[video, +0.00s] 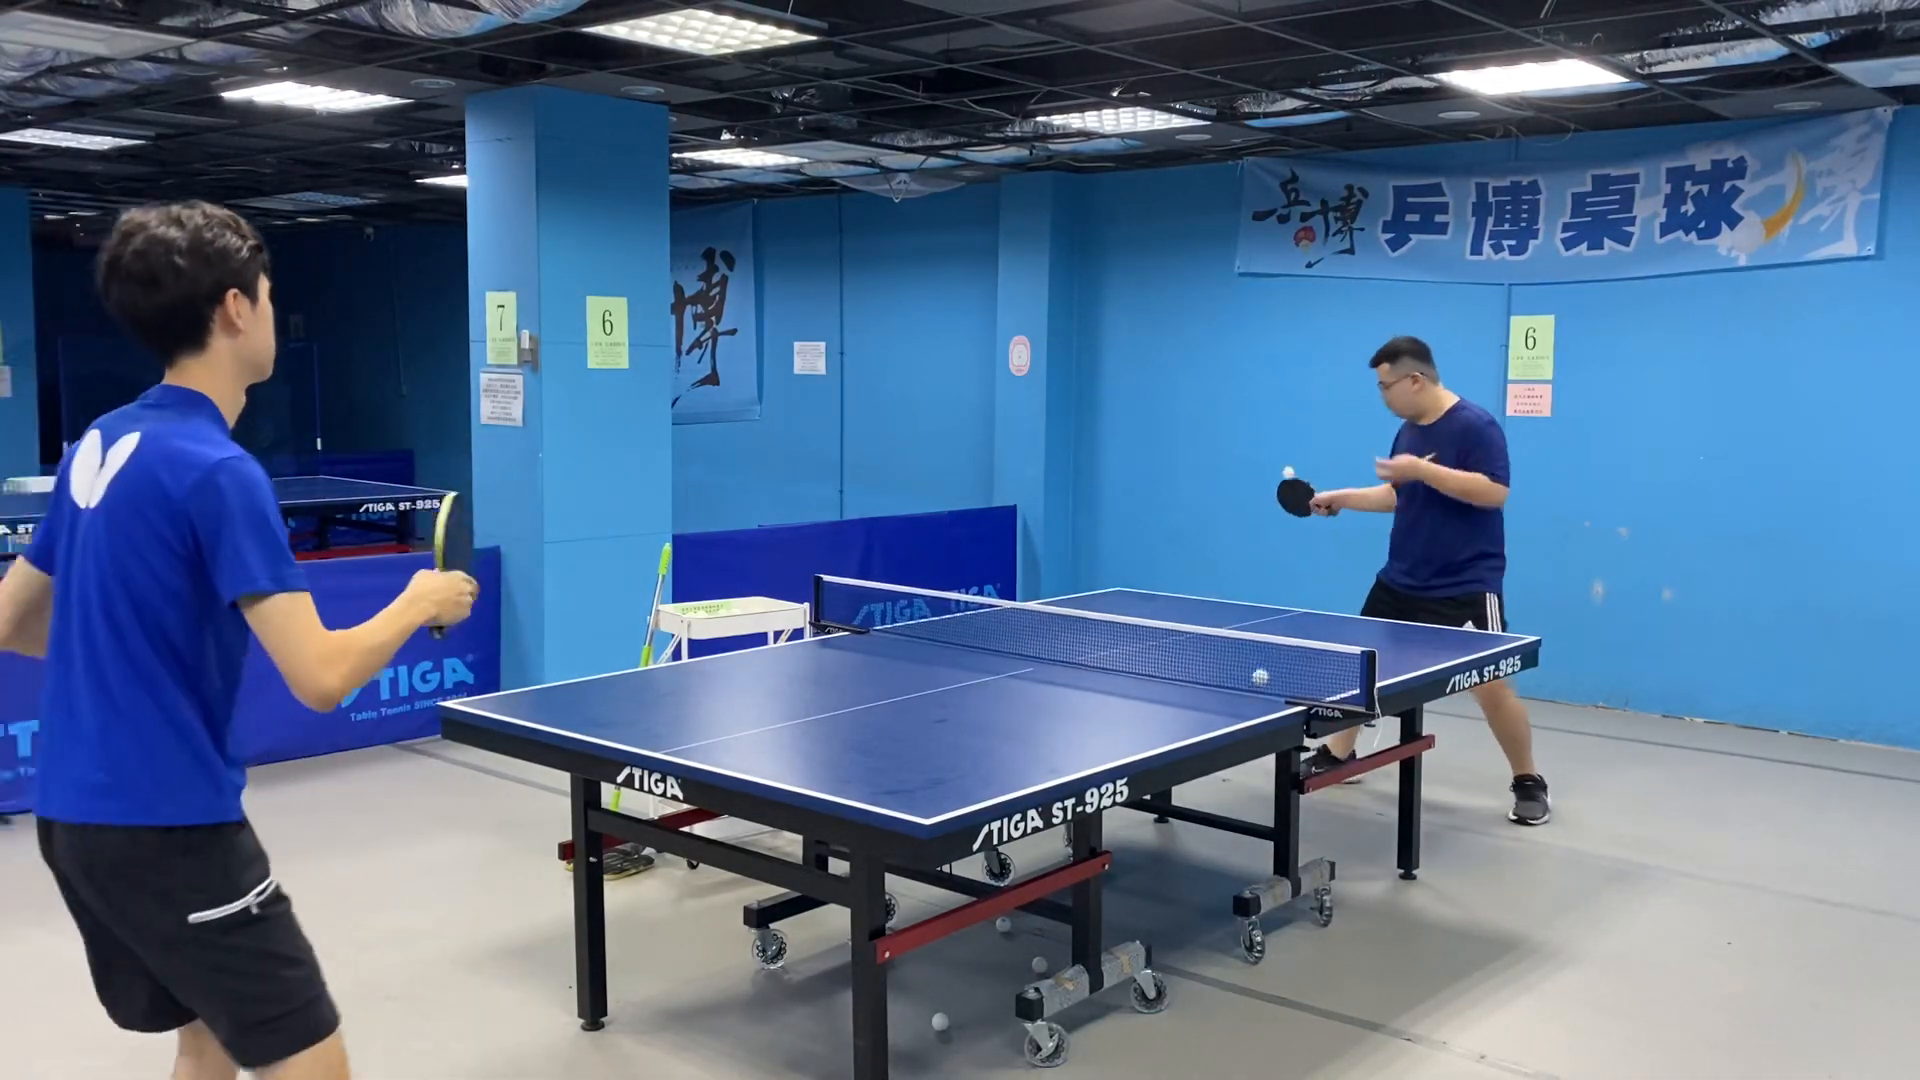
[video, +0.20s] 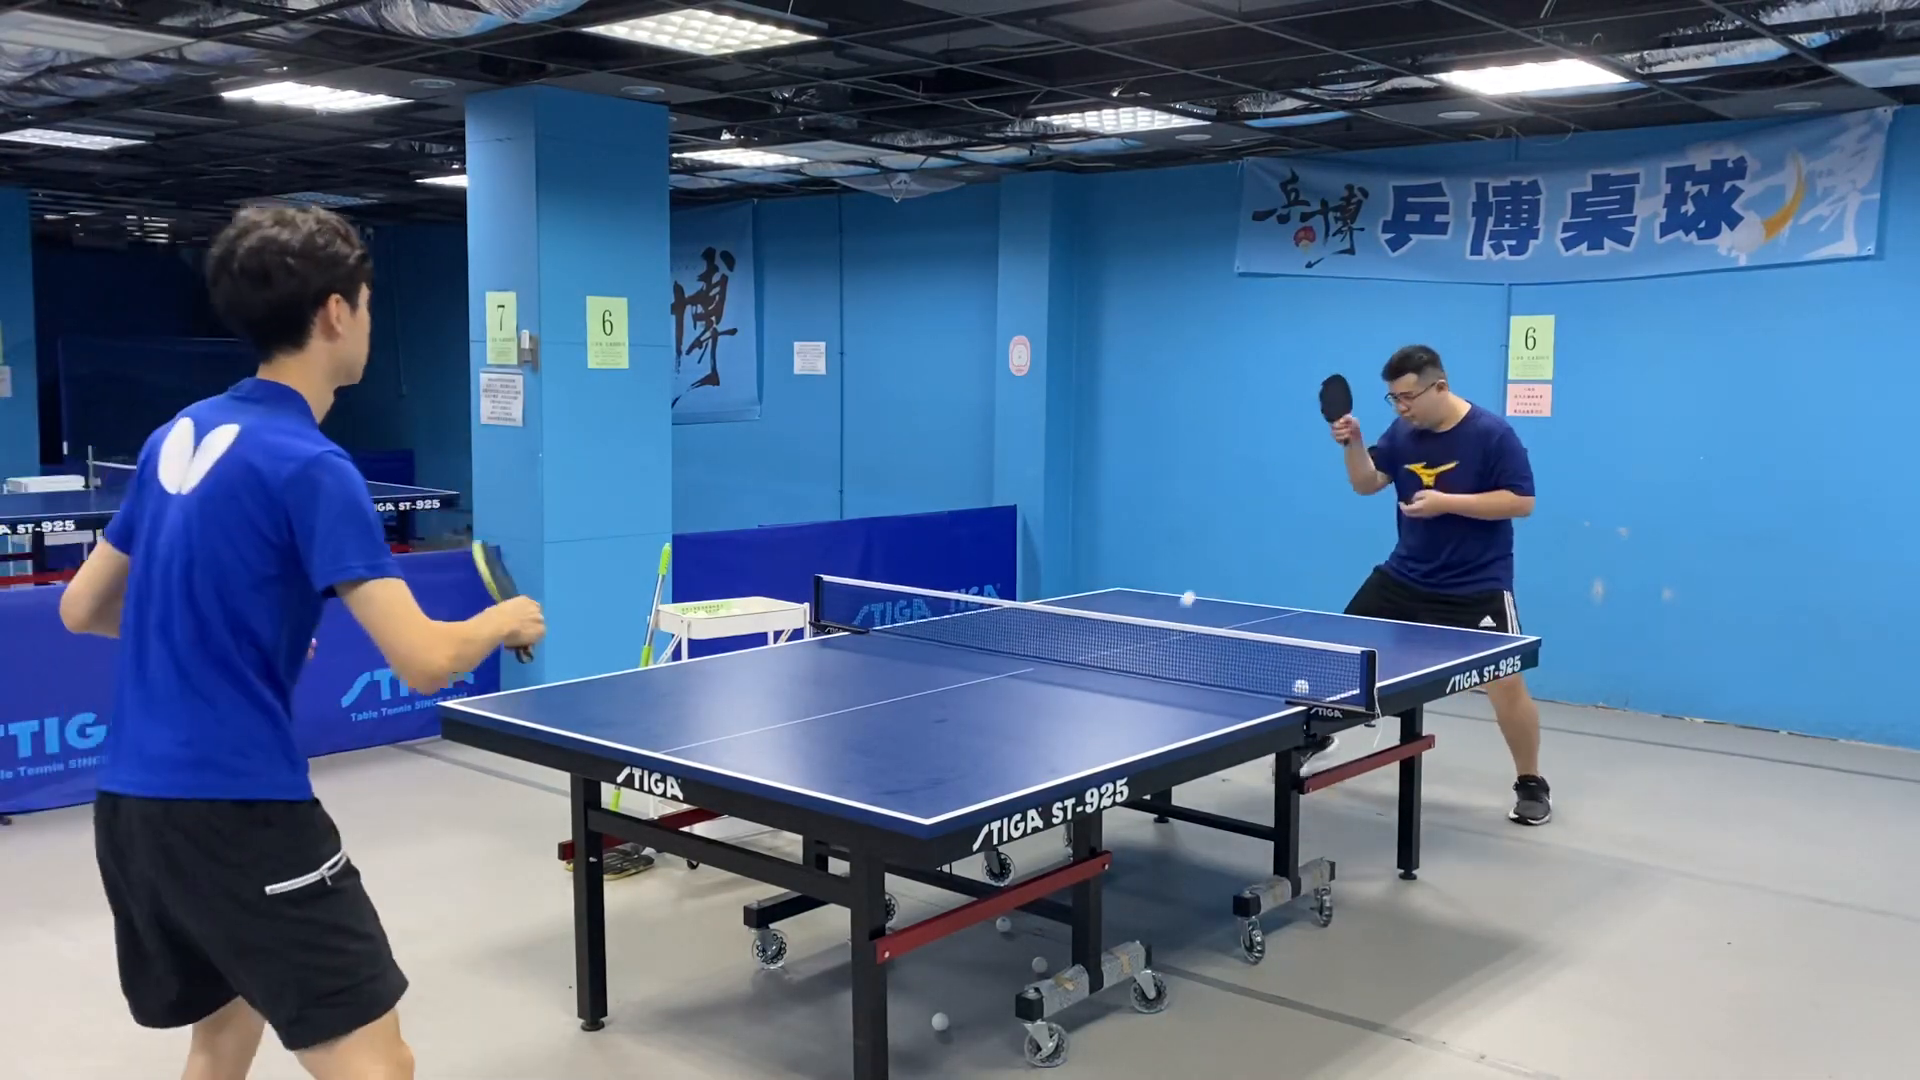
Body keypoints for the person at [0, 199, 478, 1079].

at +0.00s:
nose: (274, 316)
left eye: (267, 294)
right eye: (266, 295)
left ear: (152, 319)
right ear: (233, 311)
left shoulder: (98, 445)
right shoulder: (219, 472)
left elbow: (18, 618)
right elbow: (323, 674)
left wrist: (141, 645)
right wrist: (419, 602)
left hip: (78, 811)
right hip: (169, 820)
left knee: (213, 1031)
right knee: (311, 1059)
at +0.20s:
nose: (368, 324)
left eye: (366, 303)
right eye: (364, 302)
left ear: (252, 314)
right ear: (334, 313)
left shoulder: (179, 433)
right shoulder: (312, 465)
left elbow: (87, 607)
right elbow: (424, 659)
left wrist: (205, 604)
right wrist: (502, 621)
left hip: (135, 803)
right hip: (241, 809)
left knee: (226, 1022)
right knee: (373, 1062)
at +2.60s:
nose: (339, 417)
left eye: (340, 398)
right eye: (336, 398)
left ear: (245, 400)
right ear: (294, 406)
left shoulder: (181, 481)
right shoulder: (219, 543)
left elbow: (134, 647)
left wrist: (213, 713)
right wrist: (344, 764)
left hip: (76, 790)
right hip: (129, 813)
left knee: (134, 983)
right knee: (279, 1025)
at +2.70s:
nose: (354, 453)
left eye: (355, 434)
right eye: (347, 433)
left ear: (287, 433)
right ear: (294, 434)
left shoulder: (210, 515)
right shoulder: (201, 560)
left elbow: (183, 704)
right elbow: (168, 761)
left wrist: (269, 774)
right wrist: (319, 786)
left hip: (90, 807)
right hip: (102, 824)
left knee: (162, 975)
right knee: (278, 1030)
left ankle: (81, 1077)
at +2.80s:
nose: (362, 470)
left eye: (365, 452)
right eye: (357, 451)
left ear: (297, 447)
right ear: (301, 447)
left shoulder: (193, 507)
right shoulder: (212, 554)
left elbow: (122, 655)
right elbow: (292, 747)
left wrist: (198, 747)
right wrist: (463, 723)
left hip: (64, 802)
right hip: (92, 826)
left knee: (146, 981)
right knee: (270, 1028)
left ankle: (75, 1078)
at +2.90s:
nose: (369, 485)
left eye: (375, 466)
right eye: (367, 462)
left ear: (297, 449)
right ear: (313, 454)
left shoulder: (185, 504)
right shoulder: (232, 565)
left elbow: (75, 626)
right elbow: (414, 676)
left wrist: (182, 733)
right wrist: (539, 580)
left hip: (43, 801)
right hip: (93, 828)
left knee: (134, 983)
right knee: (274, 1029)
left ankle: (65, 1077)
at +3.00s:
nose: (365, 477)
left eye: (372, 459)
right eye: (366, 456)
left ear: (304, 437)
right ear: (319, 440)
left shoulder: (165, 496)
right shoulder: (251, 553)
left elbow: (46, 621)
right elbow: (445, 633)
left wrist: (144, 686)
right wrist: (516, 521)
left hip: (38, 802)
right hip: (108, 829)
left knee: (110, 979)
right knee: (286, 1030)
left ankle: (54, 1079)